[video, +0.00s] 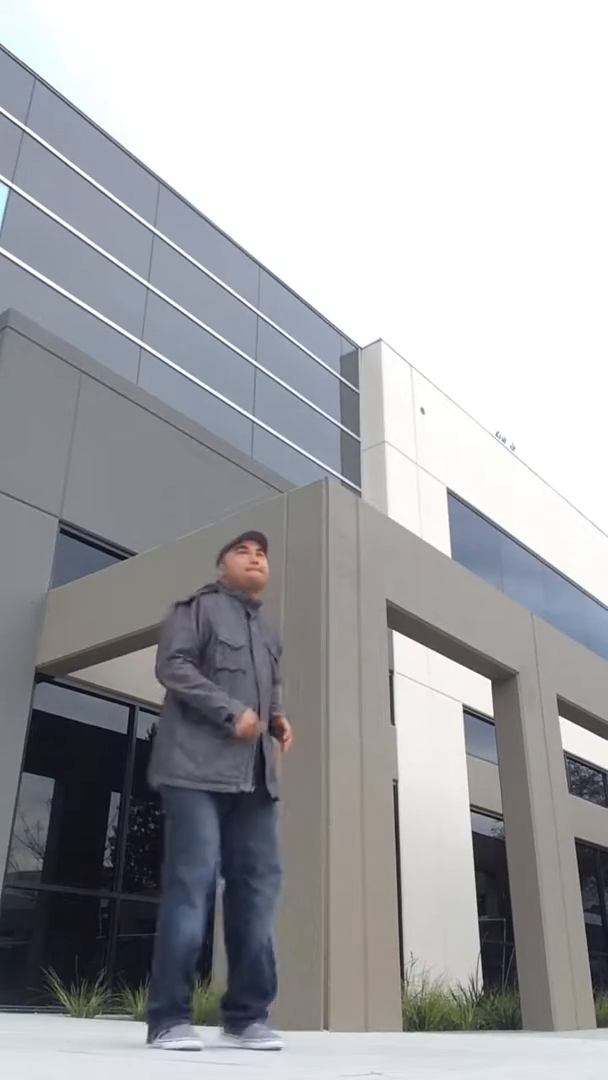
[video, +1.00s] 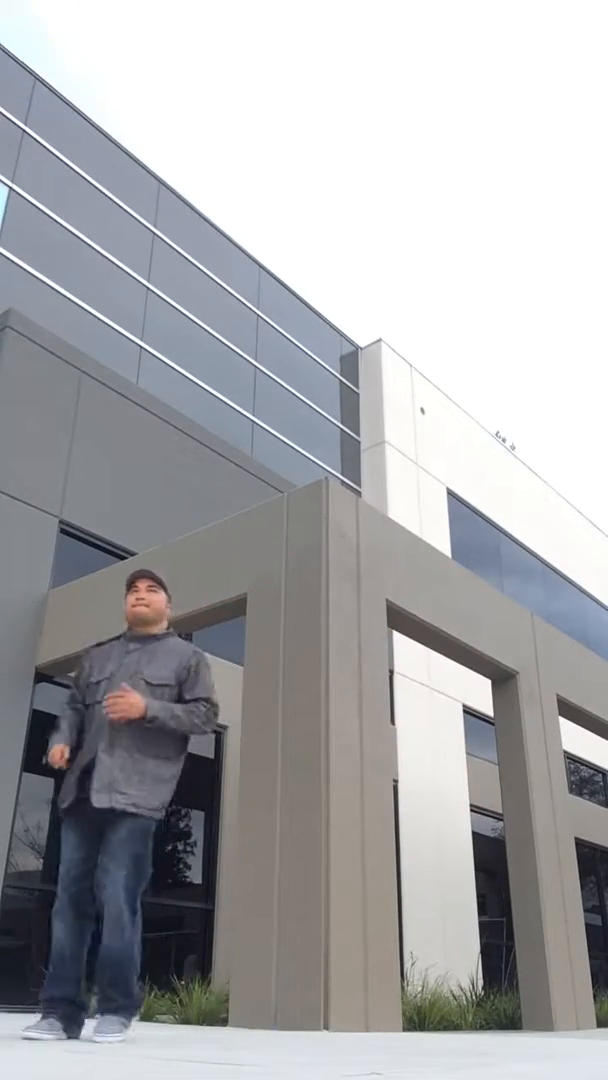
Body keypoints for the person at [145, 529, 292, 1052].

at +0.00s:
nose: (255, 559)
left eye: (262, 555)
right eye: (243, 552)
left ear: (268, 573)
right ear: (220, 566)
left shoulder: (269, 629)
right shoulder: (194, 610)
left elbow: (267, 693)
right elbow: (172, 667)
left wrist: (275, 717)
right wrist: (230, 711)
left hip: (251, 775)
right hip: (192, 768)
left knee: (258, 884)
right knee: (192, 880)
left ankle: (246, 1016)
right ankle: (170, 1019)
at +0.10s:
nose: (250, 569)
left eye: (256, 564)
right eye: (238, 561)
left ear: (259, 582)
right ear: (212, 575)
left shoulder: (252, 641)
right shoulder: (187, 618)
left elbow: (244, 708)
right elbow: (163, 680)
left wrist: (262, 732)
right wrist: (209, 737)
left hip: (238, 780)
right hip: (181, 773)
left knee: (232, 894)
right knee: (179, 891)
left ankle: (207, 1012)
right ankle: (167, 1020)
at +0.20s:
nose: (240, 580)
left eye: (246, 577)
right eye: (229, 573)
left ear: (248, 595)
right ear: (202, 587)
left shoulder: (238, 649)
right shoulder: (173, 629)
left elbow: (230, 717)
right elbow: (143, 700)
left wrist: (250, 736)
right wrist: (163, 758)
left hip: (225, 789)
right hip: (175, 781)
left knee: (220, 899)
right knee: (182, 897)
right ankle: (169, 1022)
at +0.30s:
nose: (230, 582)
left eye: (236, 578)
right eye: (219, 574)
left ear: (239, 597)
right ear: (193, 588)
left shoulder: (232, 651)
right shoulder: (159, 627)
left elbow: (227, 717)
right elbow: (113, 686)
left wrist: (244, 722)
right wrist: (106, 748)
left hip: (205, 786)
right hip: (156, 778)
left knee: (171, 894)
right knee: (174, 889)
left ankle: (99, 1002)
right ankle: (168, 1022)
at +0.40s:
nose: (216, 582)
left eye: (224, 579)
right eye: (206, 575)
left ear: (229, 598)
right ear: (184, 588)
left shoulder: (227, 655)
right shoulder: (146, 624)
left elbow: (228, 728)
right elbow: (92, 675)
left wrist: (233, 713)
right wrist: (73, 733)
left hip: (186, 781)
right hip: (134, 768)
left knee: (142, 886)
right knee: (146, 884)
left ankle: (91, 1010)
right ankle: (139, 1016)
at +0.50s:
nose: (202, 589)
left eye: (210, 585)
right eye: (192, 582)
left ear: (218, 603)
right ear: (173, 595)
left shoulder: (222, 664)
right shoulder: (134, 631)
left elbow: (226, 730)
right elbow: (79, 684)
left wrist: (215, 720)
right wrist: (58, 739)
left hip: (173, 789)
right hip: (116, 773)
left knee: (135, 901)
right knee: (106, 886)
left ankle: (98, 1011)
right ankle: (68, 1011)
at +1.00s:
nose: (141, 595)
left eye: (151, 590)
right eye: (134, 591)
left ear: (168, 607)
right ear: (123, 607)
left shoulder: (187, 656)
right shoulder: (95, 655)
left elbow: (206, 717)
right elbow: (74, 707)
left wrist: (148, 707)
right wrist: (62, 738)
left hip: (138, 794)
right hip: (82, 787)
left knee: (117, 895)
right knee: (70, 897)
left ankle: (115, 1010)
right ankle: (61, 1011)